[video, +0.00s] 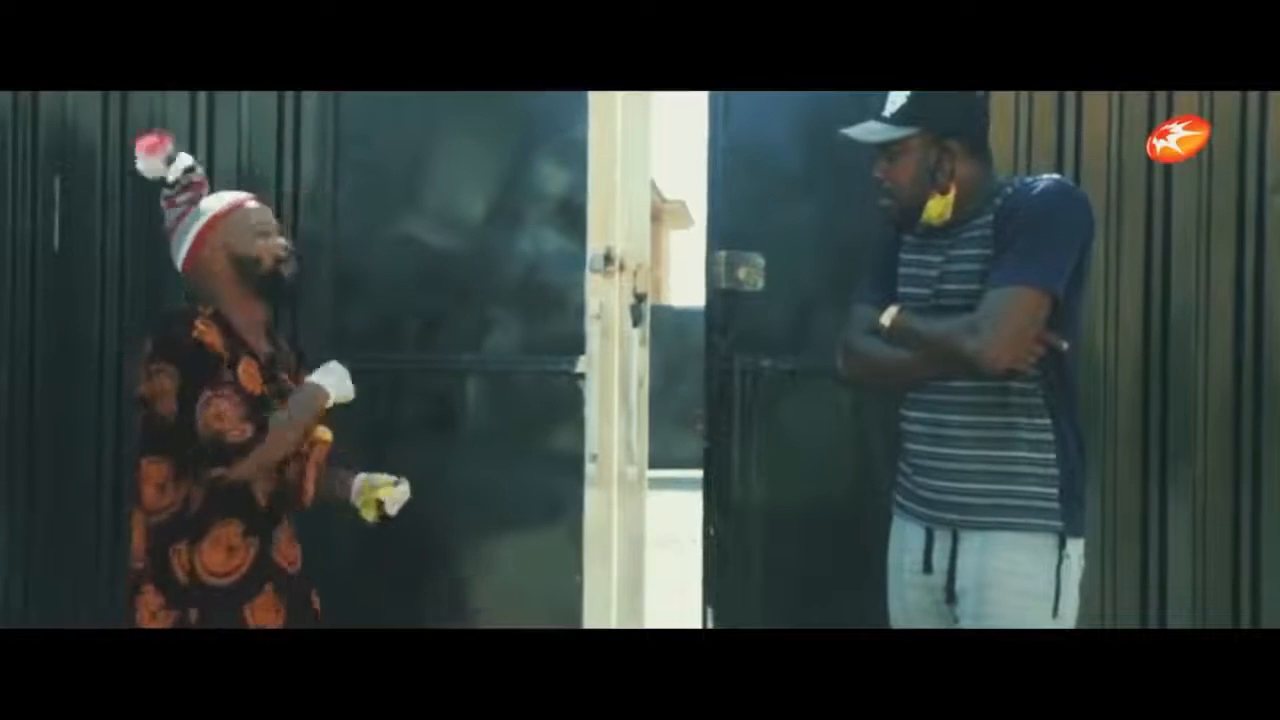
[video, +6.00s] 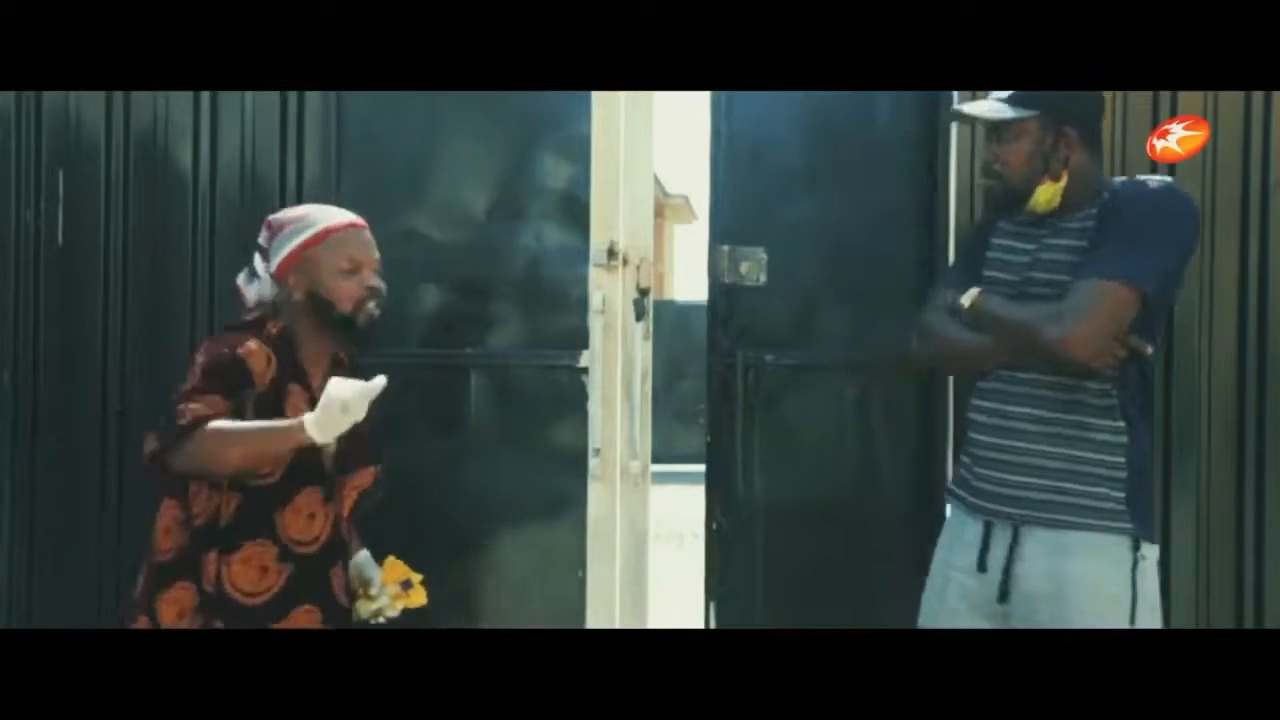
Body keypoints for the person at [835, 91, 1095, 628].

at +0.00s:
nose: (877, 174)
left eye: (893, 155)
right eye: (878, 156)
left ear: (950, 157)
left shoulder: (1047, 204)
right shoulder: (901, 228)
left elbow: (994, 348)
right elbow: (853, 358)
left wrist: (895, 321)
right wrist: (979, 344)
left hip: (1020, 527)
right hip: (917, 516)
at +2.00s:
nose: (872, 159)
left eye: (888, 142)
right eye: (873, 142)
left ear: (944, 145)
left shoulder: (1040, 196)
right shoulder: (901, 225)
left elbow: (989, 343)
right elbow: (853, 360)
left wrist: (889, 319)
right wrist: (977, 339)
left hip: (1025, 523)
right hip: (922, 513)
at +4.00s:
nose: (880, 159)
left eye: (897, 141)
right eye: (882, 142)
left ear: (954, 145)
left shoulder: (1048, 198)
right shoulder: (903, 223)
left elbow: (998, 345)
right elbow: (855, 362)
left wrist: (894, 318)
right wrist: (984, 342)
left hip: (1026, 522)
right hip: (922, 513)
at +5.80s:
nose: (941, 159)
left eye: (959, 142)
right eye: (943, 143)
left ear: (1016, 149)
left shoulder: (1097, 210)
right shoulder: (969, 230)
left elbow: (1012, 343)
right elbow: (891, 341)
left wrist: (925, 304)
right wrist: (1001, 342)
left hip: (1038, 536)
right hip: (933, 518)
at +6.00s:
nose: (989, 155)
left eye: (1007, 137)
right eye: (990, 137)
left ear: (1064, 144)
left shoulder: (1152, 206)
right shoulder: (998, 226)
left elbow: (1079, 339)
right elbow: (928, 340)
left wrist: (974, 302)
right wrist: (1052, 335)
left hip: (1088, 533)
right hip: (973, 519)